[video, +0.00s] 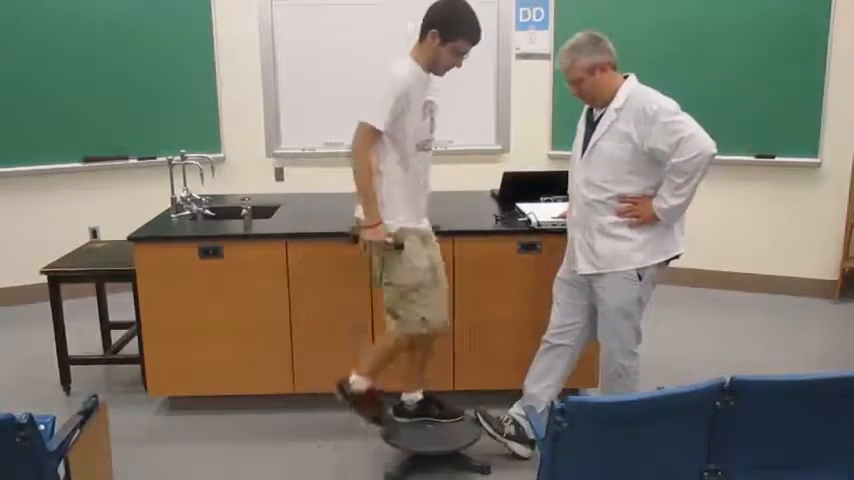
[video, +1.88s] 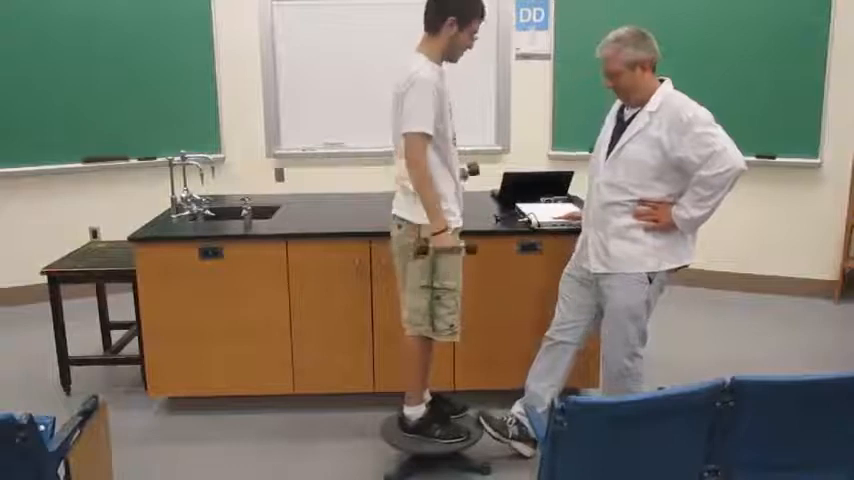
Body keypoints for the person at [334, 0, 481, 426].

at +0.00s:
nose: (461, 62)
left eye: (465, 54)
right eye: (459, 52)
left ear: (437, 42)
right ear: (434, 38)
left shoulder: (420, 82)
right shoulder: (401, 79)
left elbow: (404, 159)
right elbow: (361, 147)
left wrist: (420, 219)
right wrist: (372, 220)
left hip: (417, 225)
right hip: (395, 227)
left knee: (429, 319)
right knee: (415, 320)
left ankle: (412, 399)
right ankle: (358, 383)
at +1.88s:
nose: (472, 46)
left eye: (475, 37)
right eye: (472, 35)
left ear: (446, 26)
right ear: (450, 26)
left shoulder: (427, 75)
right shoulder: (422, 78)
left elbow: (419, 153)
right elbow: (415, 156)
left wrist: (451, 175)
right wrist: (439, 221)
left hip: (428, 220)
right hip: (422, 222)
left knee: (427, 318)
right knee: (422, 320)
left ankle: (422, 400)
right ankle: (414, 411)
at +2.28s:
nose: (476, 32)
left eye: (477, 23)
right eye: (474, 22)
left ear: (447, 21)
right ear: (458, 20)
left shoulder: (440, 68)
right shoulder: (428, 66)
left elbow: (435, 122)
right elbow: (426, 113)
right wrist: (434, 152)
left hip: (441, 214)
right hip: (425, 214)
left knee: (435, 313)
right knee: (424, 315)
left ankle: (424, 398)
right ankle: (414, 411)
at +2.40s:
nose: (478, 32)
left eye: (478, 23)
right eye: (476, 22)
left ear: (451, 21)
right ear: (457, 21)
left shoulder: (442, 69)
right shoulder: (428, 66)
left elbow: (438, 124)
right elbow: (426, 111)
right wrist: (432, 144)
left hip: (441, 214)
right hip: (425, 214)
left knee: (434, 314)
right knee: (423, 315)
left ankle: (423, 398)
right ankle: (414, 411)